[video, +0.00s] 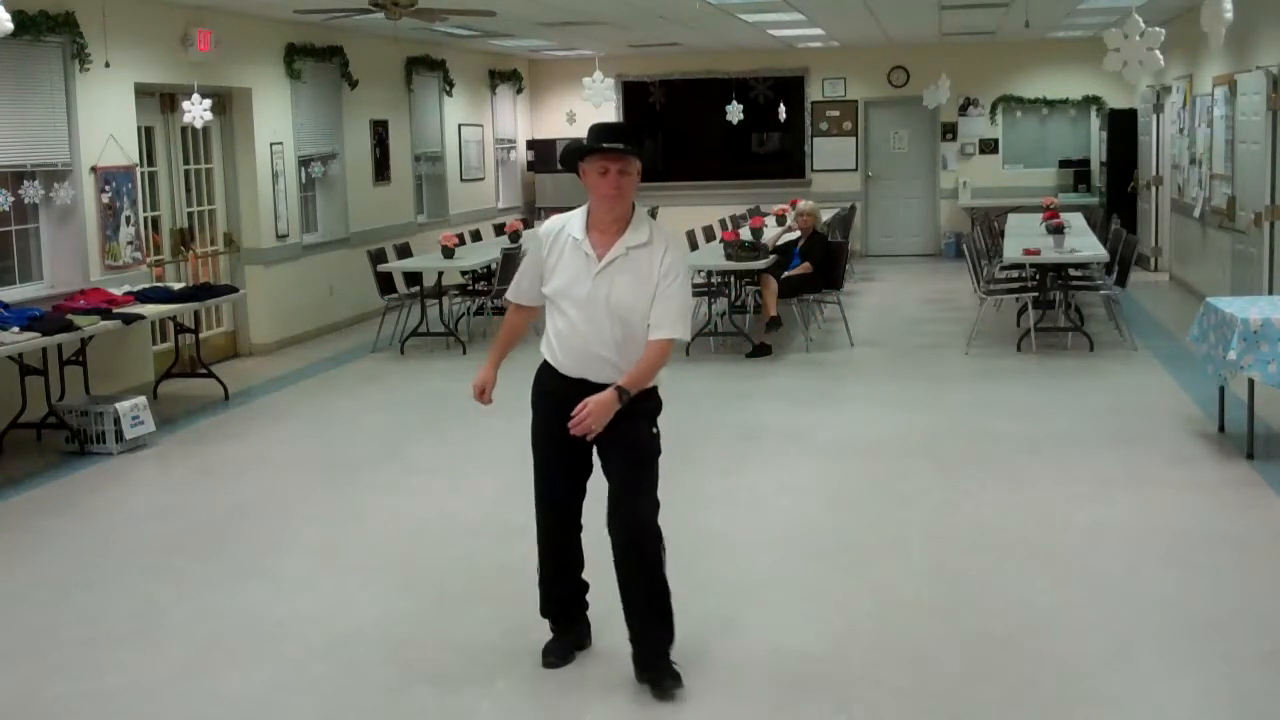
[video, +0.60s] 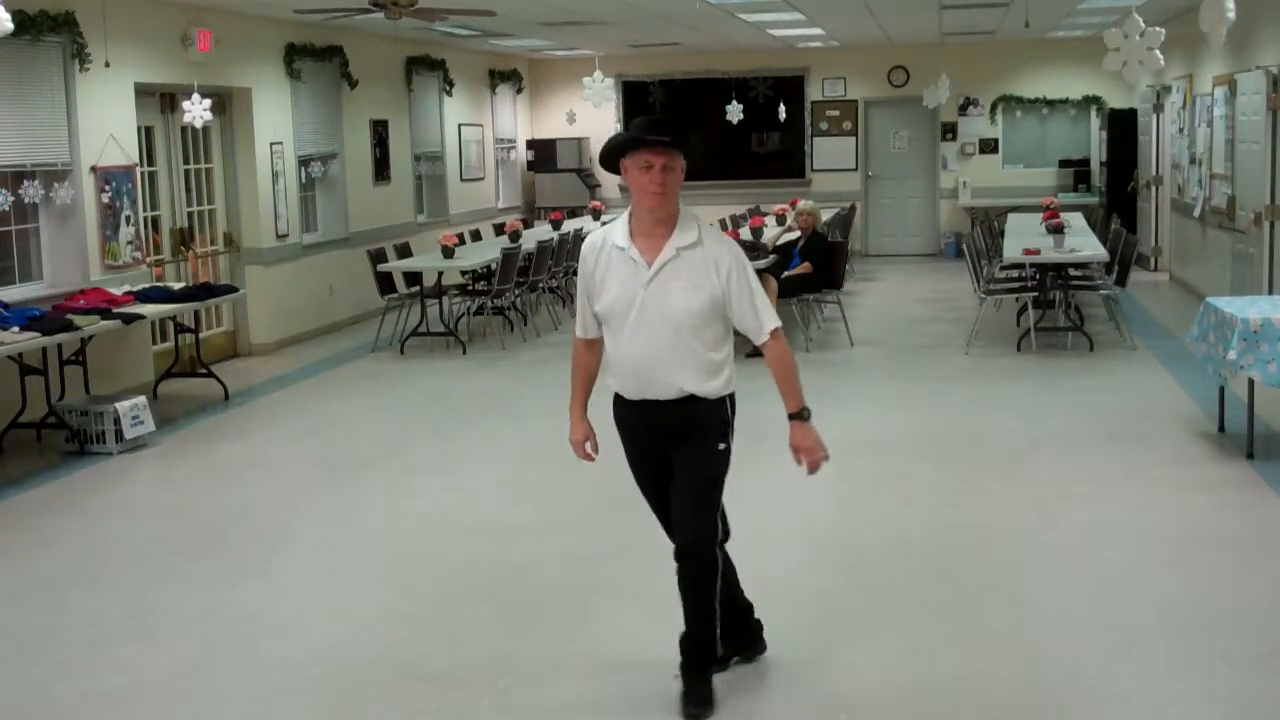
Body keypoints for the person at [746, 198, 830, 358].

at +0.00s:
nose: (804, 218)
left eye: (808, 215)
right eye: (801, 215)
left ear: (815, 219)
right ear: (796, 220)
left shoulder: (820, 239)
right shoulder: (796, 241)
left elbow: (809, 267)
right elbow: (767, 249)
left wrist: (785, 276)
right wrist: (784, 230)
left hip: (809, 278)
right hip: (789, 274)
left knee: (767, 291)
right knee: (765, 275)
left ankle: (763, 344)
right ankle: (773, 316)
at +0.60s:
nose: (804, 218)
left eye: (808, 215)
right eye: (800, 215)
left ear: (815, 219)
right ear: (796, 220)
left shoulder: (819, 239)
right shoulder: (796, 241)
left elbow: (809, 267)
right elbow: (768, 249)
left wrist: (785, 276)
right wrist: (784, 229)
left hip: (809, 278)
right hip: (790, 274)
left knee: (765, 290)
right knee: (766, 276)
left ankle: (761, 343)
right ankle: (771, 327)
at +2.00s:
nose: (804, 219)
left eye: (808, 216)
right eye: (800, 216)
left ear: (815, 219)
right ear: (795, 219)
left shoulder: (820, 239)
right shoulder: (795, 242)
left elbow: (810, 266)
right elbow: (768, 249)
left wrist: (787, 274)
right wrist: (784, 231)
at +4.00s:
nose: (802, 220)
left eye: (806, 216)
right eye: (798, 217)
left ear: (814, 219)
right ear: (795, 221)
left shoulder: (820, 240)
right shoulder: (796, 242)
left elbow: (809, 267)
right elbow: (767, 249)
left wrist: (785, 276)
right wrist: (785, 230)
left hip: (809, 279)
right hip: (790, 275)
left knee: (769, 291)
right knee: (765, 275)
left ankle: (769, 343)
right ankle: (773, 315)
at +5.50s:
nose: (801, 218)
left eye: (805, 215)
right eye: (798, 215)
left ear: (812, 218)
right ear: (794, 220)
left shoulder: (819, 239)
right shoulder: (795, 242)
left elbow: (809, 266)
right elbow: (768, 249)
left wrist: (786, 275)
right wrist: (785, 231)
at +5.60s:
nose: (801, 218)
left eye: (805, 215)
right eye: (798, 215)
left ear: (812, 218)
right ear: (794, 220)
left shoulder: (819, 239)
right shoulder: (793, 241)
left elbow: (810, 266)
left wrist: (787, 275)